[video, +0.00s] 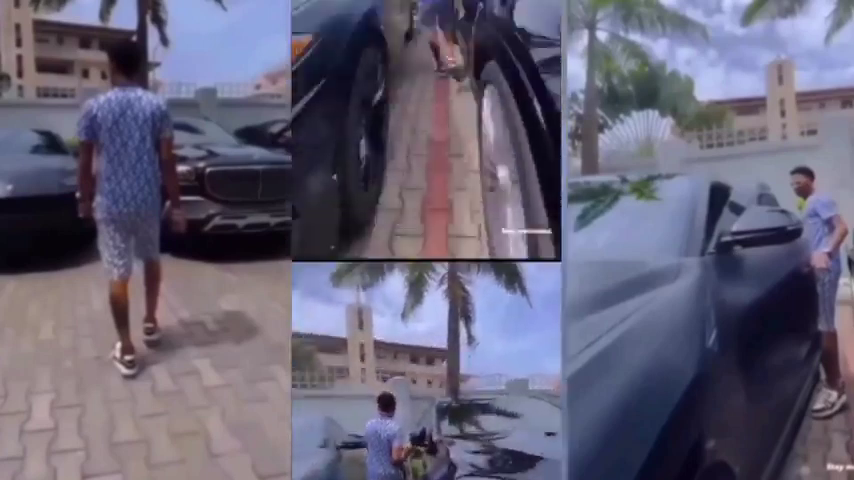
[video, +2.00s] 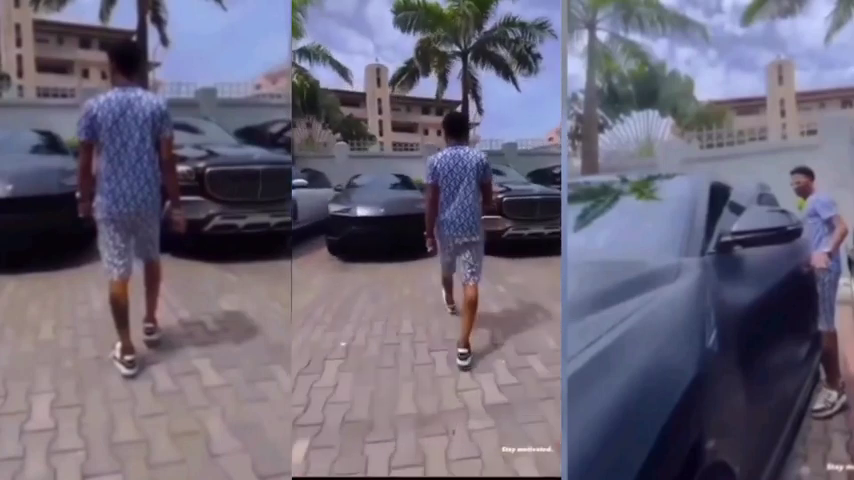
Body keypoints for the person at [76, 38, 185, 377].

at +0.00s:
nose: (112, 71)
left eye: (111, 66)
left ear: (112, 67)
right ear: (142, 67)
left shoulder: (95, 107)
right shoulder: (155, 105)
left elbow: (85, 161)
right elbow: (167, 159)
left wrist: (85, 199)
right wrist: (175, 202)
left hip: (110, 201)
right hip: (147, 200)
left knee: (118, 273)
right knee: (151, 260)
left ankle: (125, 348)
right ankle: (150, 319)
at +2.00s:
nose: (110, 72)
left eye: (110, 66)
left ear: (112, 68)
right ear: (142, 67)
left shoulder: (96, 107)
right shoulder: (156, 106)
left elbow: (85, 161)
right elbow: (167, 160)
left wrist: (85, 199)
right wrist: (175, 202)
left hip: (110, 201)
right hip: (147, 200)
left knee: (118, 273)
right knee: (151, 260)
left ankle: (125, 348)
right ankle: (150, 319)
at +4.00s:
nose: (110, 71)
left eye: (110, 66)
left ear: (112, 68)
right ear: (142, 67)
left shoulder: (95, 107)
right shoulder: (156, 106)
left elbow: (85, 161)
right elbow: (167, 160)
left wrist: (84, 199)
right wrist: (175, 202)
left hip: (110, 201)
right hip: (147, 200)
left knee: (118, 273)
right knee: (151, 260)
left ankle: (125, 348)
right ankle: (150, 319)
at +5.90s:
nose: (111, 72)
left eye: (110, 66)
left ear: (112, 68)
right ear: (142, 68)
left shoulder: (96, 107)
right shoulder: (156, 106)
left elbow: (85, 161)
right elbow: (167, 160)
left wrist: (84, 199)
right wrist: (175, 202)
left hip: (110, 202)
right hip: (147, 201)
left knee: (118, 273)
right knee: (151, 259)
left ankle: (125, 348)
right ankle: (150, 319)